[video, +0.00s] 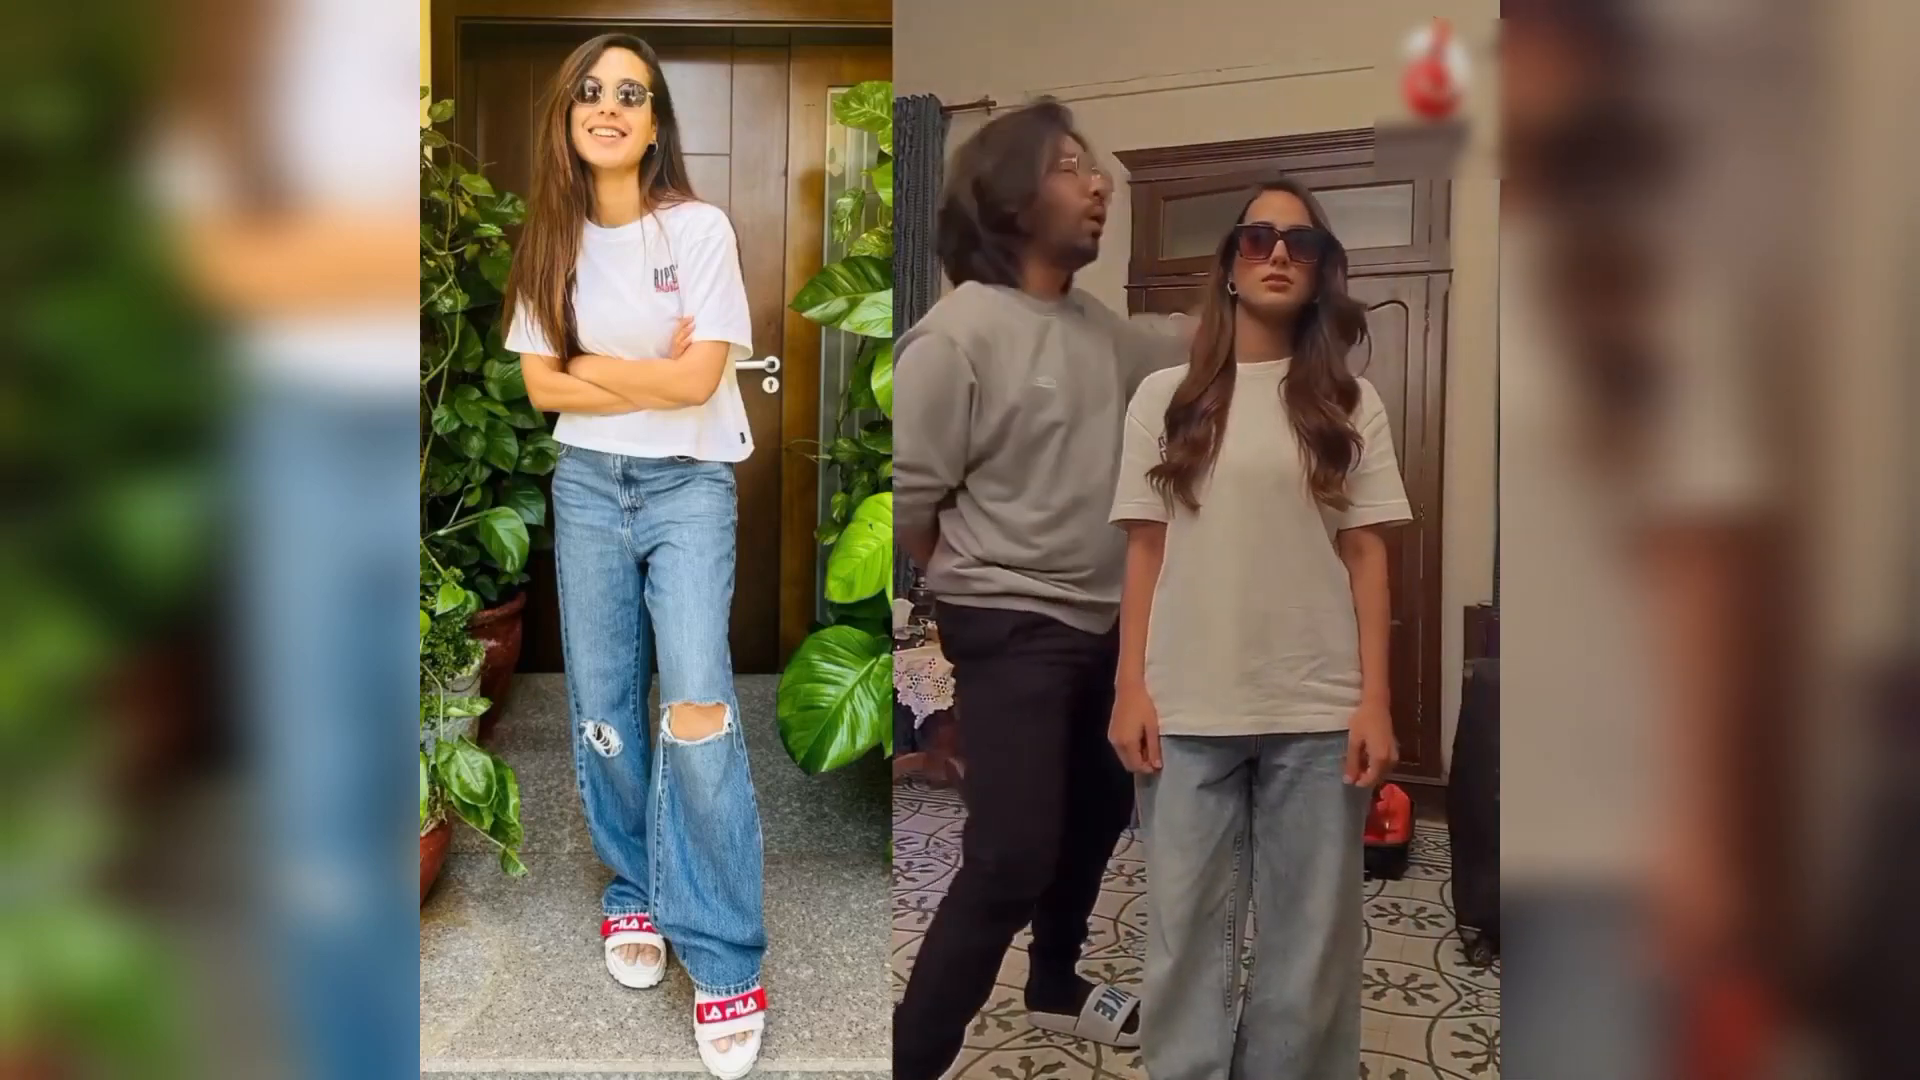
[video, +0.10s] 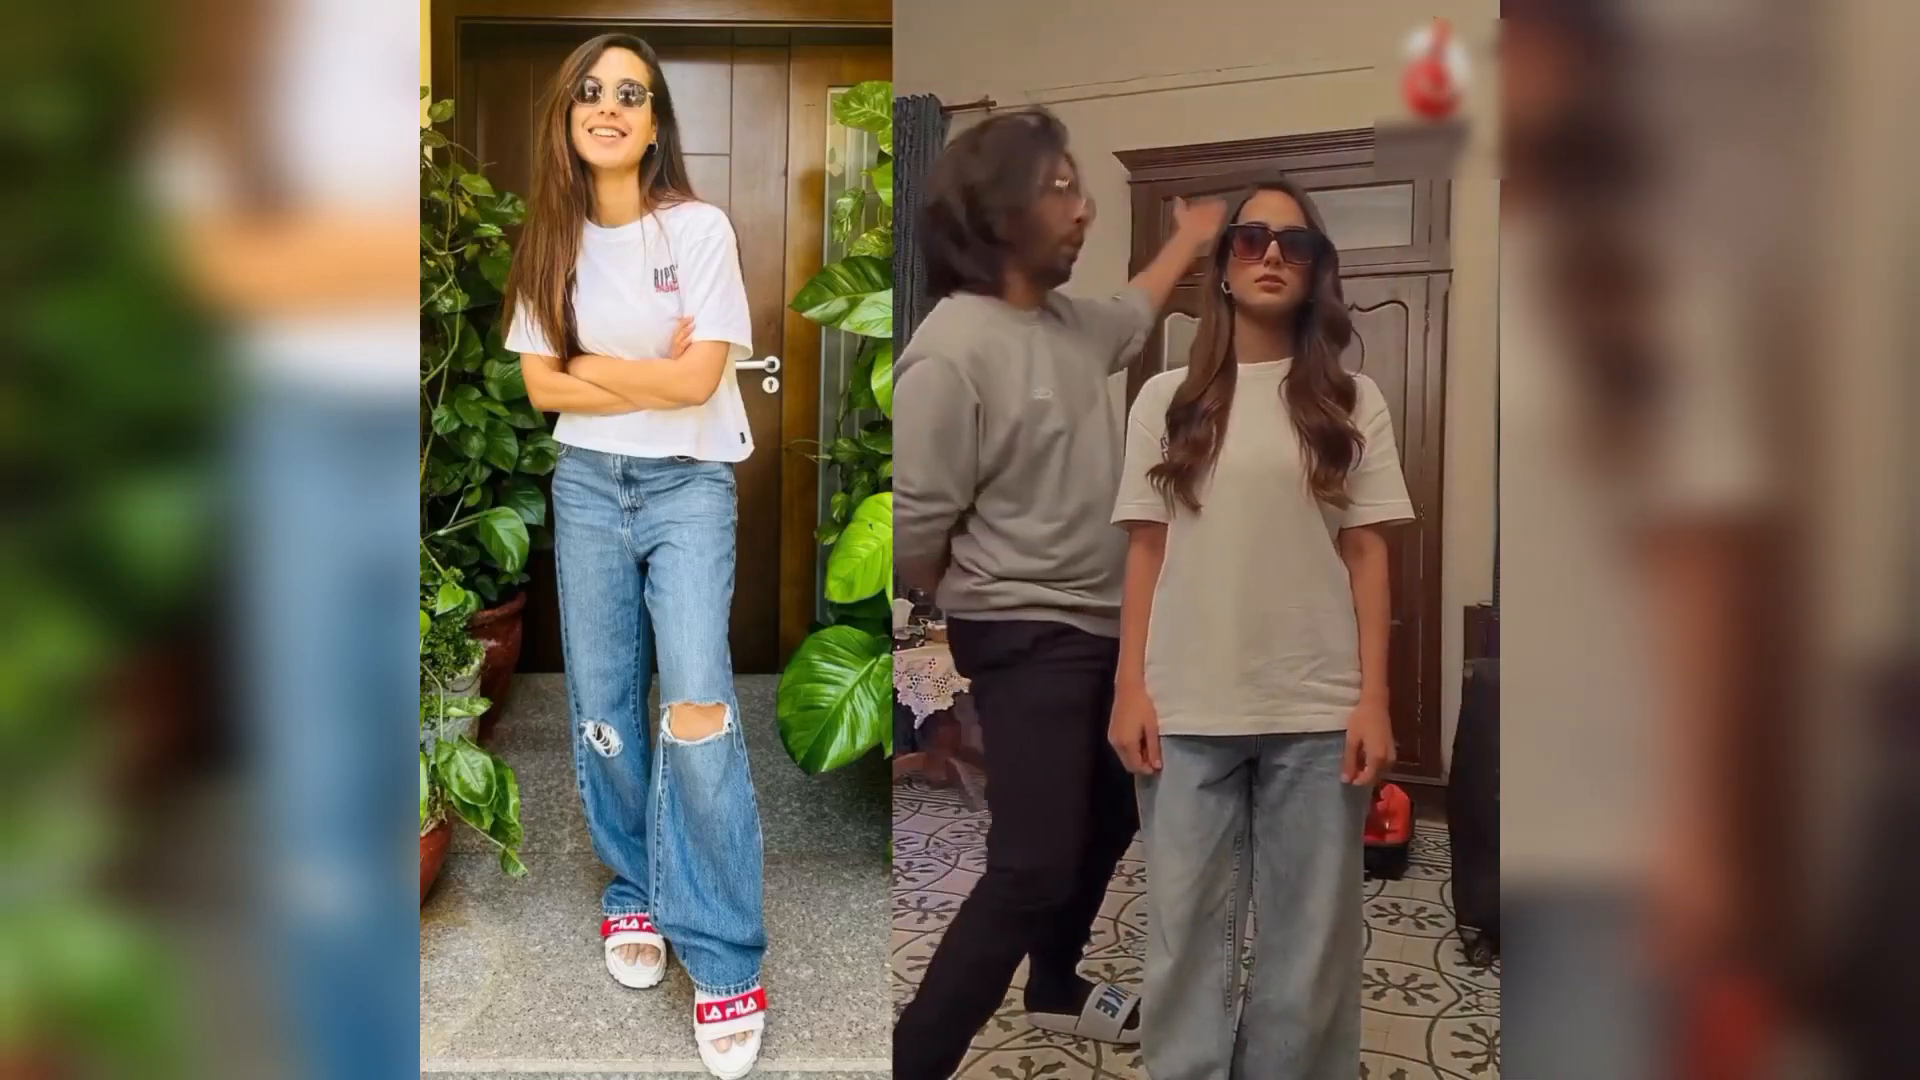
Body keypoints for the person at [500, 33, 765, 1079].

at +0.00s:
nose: (610, 111)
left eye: (630, 97)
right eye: (593, 95)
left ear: (657, 121)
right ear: (566, 117)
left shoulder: (700, 226)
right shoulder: (549, 240)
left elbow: (699, 379)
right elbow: (541, 386)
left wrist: (575, 362)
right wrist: (662, 379)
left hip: (689, 482)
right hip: (585, 484)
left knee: (695, 709)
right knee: (603, 709)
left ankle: (724, 957)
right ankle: (631, 890)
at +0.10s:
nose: (610, 111)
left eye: (630, 97)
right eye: (593, 95)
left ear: (657, 121)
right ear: (566, 117)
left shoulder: (700, 226)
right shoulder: (549, 240)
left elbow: (699, 379)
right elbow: (541, 386)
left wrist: (575, 362)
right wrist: (662, 379)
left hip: (689, 482)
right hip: (585, 484)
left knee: (695, 709)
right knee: (603, 709)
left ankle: (724, 958)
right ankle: (631, 890)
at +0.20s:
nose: (610, 111)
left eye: (630, 98)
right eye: (593, 95)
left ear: (656, 121)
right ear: (566, 117)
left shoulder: (699, 226)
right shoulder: (549, 240)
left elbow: (699, 378)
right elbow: (540, 385)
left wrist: (575, 362)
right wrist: (662, 379)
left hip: (689, 482)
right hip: (584, 484)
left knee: (694, 709)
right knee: (603, 709)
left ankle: (725, 958)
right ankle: (632, 892)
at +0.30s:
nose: (610, 111)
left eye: (630, 97)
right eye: (593, 95)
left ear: (656, 121)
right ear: (566, 117)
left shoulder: (700, 226)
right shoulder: (549, 240)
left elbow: (699, 378)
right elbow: (540, 385)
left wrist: (576, 362)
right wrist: (662, 379)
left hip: (689, 482)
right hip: (585, 484)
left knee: (695, 709)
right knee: (603, 708)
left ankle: (724, 958)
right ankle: (631, 891)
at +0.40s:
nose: (610, 111)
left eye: (630, 97)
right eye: (593, 95)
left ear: (657, 121)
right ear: (566, 117)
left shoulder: (700, 226)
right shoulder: (549, 240)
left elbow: (699, 379)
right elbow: (541, 386)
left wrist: (575, 362)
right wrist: (662, 379)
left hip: (689, 482)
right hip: (585, 484)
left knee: (695, 709)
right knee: (603, 709)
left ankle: (724, 958)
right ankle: (631, 890)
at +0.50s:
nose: (610, 111)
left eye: (630, 97)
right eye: (593, 95)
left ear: (657, 121)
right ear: (566, 118)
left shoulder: (700, 226)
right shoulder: (549, 240)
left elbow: (699, 378)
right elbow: (540, 386)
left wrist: (575, 362)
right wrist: (662, 379)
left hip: (689, 482)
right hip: (585, 484)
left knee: (695, 709)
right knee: (603, 709)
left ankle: (724, 958)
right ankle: (631, 890)